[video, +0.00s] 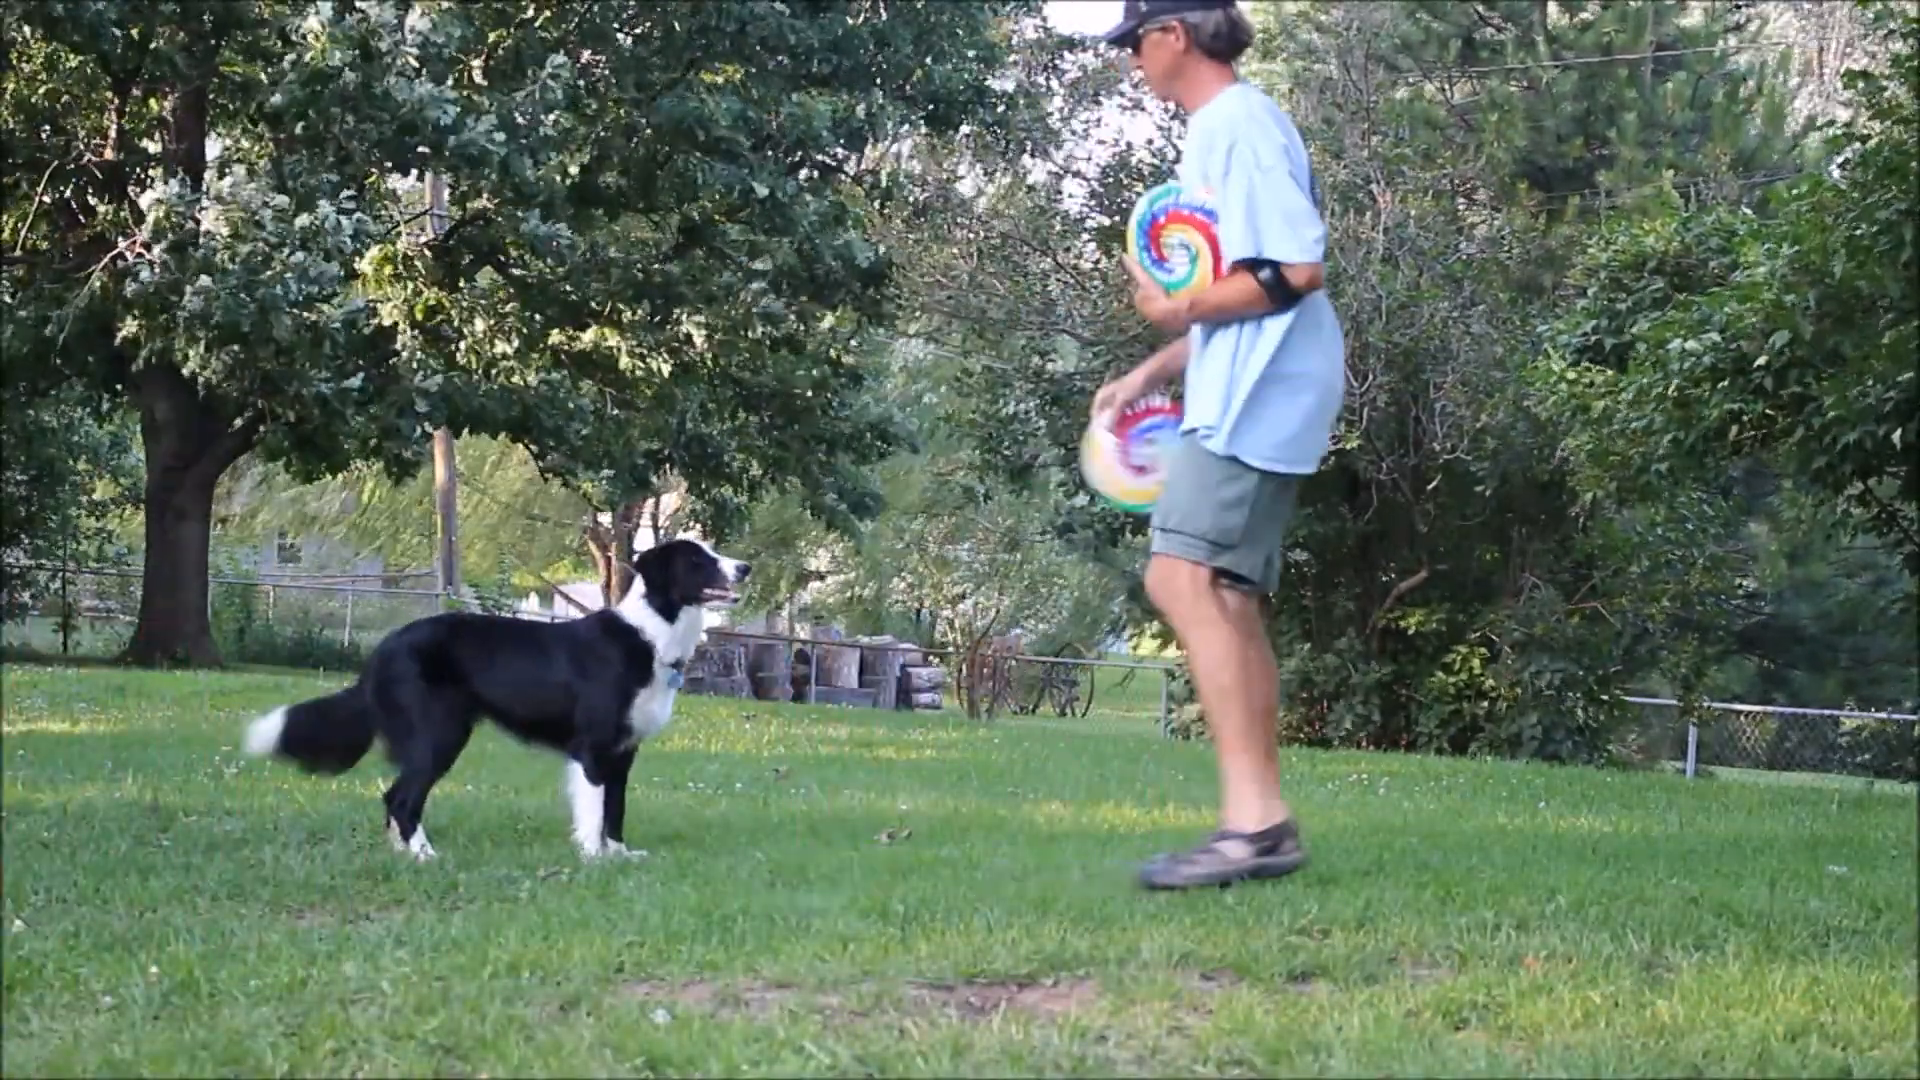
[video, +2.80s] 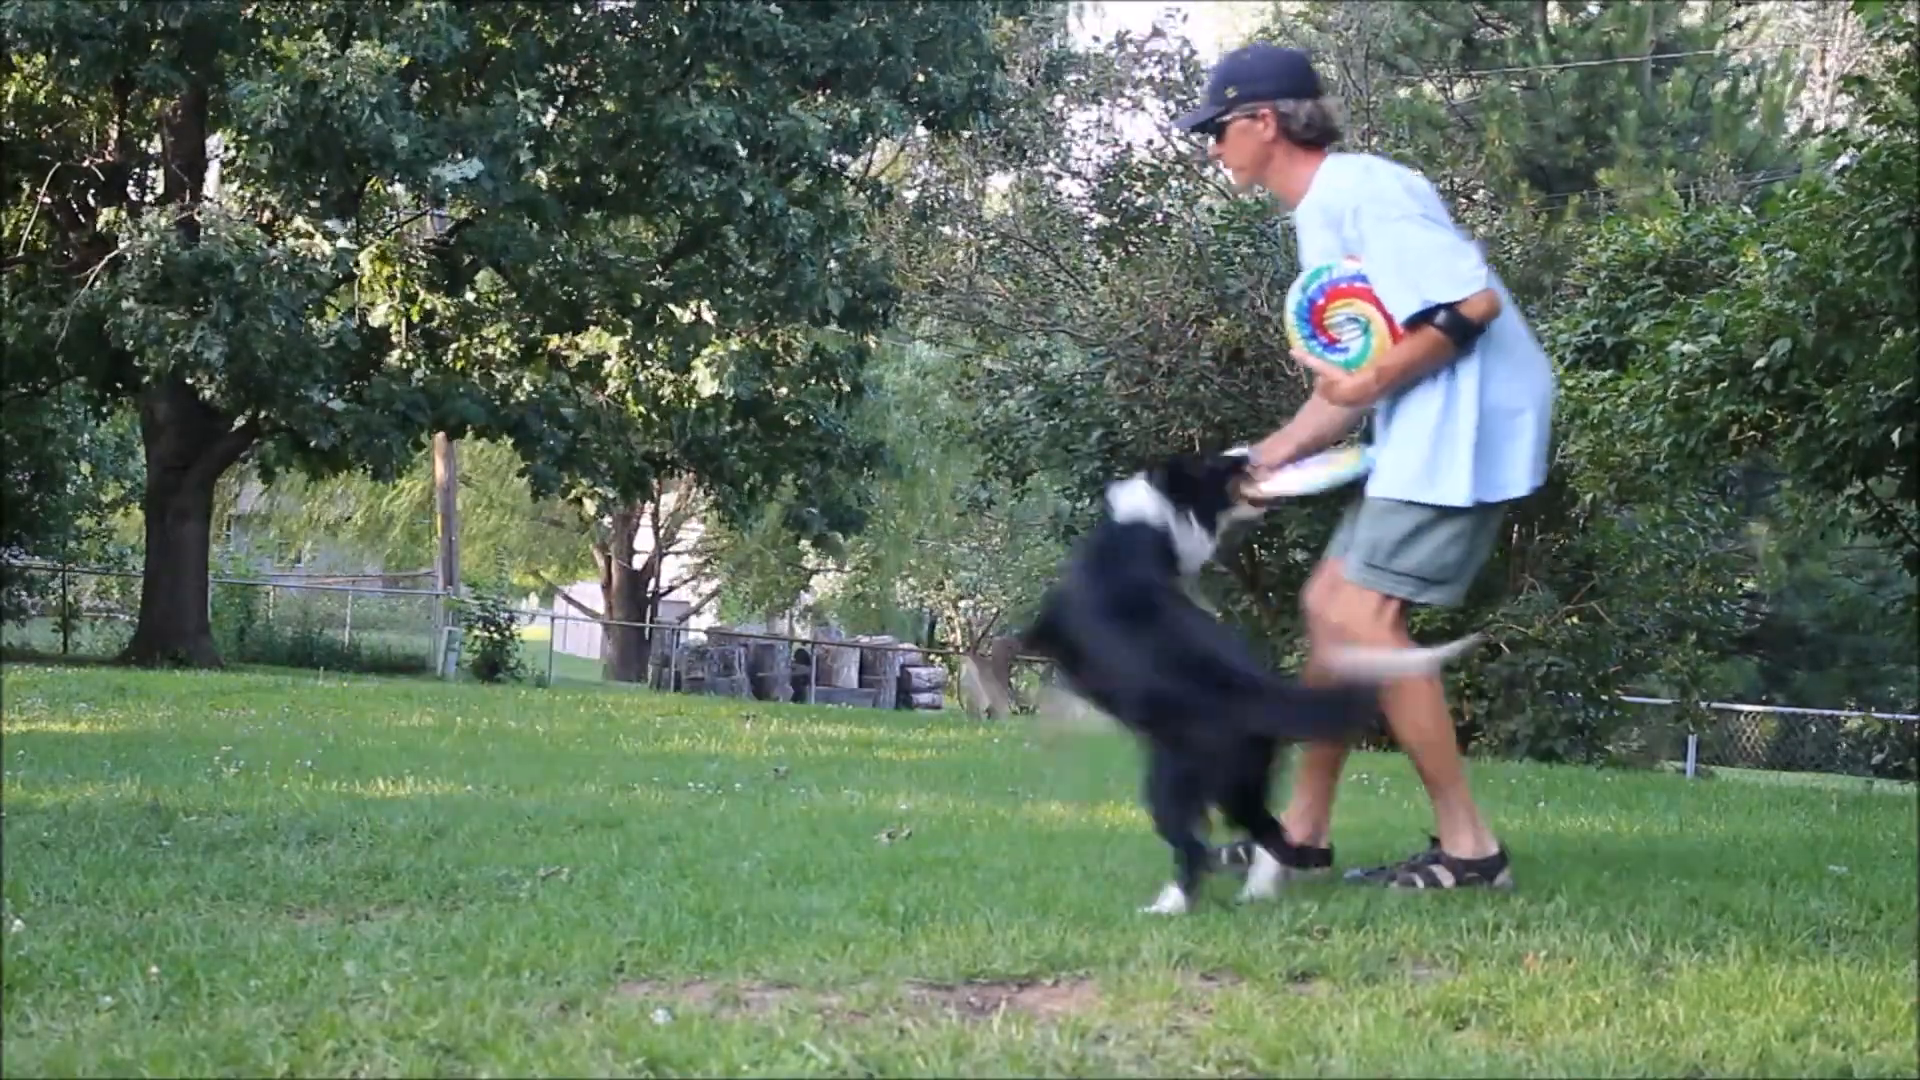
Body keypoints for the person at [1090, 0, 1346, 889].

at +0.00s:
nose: (1131, 60)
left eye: (1138, 42)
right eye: (1132, 45)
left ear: (1175, 40)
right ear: (1183, 42)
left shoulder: (1241, 124)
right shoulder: (1219, 130)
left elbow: (1295, 269)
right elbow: (1234, 295)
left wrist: (1177, 306)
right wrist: (1143, 379)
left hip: (1262, 392)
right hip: (1254, 394)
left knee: (1177, 578)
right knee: (1234, 602)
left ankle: (1252, 823)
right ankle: (1261, 820)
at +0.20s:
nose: (1154, 66)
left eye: (1160, 48)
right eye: (1153, 51)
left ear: (1200, 45)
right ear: (1217, 46)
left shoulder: (1246, 125)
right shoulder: (1279, 125)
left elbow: (1296, 264)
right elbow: (1281, 302)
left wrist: (1199, 310)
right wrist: (1185, 388)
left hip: (1291, 388)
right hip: (1302, 389)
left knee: (1211, 588)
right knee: (1247, 600)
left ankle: (1377, 791)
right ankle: (1263, 825)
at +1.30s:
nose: (1113, 152)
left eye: (1115, 132)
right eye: (1110, 135)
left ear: (1153, 121)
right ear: (1159, 121)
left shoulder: (1235, 172)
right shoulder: (1215, 204)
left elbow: (1340, 271)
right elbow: (1274, 379)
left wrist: (1251, 357)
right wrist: (1172, 451)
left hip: (1363, 403)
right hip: (1329, 411)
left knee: (1267, 595)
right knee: (1248, 602)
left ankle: (1391, 812)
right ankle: (1279, 825)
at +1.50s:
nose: (1107, 161)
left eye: (1109, 142)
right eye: (1104, 146)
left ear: (1148, 131)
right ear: (1153, 132)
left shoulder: (1233, 183)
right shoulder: (1216, 201)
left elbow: (1341, 276)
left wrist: (1258, 366)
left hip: (1350, 421)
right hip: (1320, 422)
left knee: (1257, 606)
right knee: (1236, 606)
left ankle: (1334, 841)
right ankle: (1277, 826)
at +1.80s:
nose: (1115, 133)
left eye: (1118, 112)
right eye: (1112, 116)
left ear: (1157, 102)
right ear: (1166, 101)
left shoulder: (1237, 174)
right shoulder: (1241, 167)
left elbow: (1331, 288)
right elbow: (1339, 289)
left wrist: (1240, 361)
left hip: (1353, 401)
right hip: (1341, 397)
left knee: (1263, 601)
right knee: (1249, 598)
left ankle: (1336, 844)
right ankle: (1279, 825)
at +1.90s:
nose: (1118, 131)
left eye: (1121, 111)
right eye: (1115, 114)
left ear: (1162, 100)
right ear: (1167, 99)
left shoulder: (1242, 171)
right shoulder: (1227, 175)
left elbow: (1340, 286)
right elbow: (1316, 288)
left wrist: (1246, 362)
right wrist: (1240, 341)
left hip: (1355, 405)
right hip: (1324, 403)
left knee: (1262, 603)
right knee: (1230, 590)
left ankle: (1337, 845)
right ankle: (1282, 819)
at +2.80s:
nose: (1214, 151)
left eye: (1220, 131)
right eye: (1211, 135)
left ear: (1266, 122)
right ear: (1263, 124)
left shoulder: (1362, 188)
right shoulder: (1318, 219)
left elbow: (1472, 301)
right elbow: (1356, 375)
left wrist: (1366, 382)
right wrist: (1275, 454)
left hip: (1467, 435)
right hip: (1423, 436)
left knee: (1363, 615)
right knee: (1329, 604)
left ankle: (1469, 847)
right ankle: (1303, 832)